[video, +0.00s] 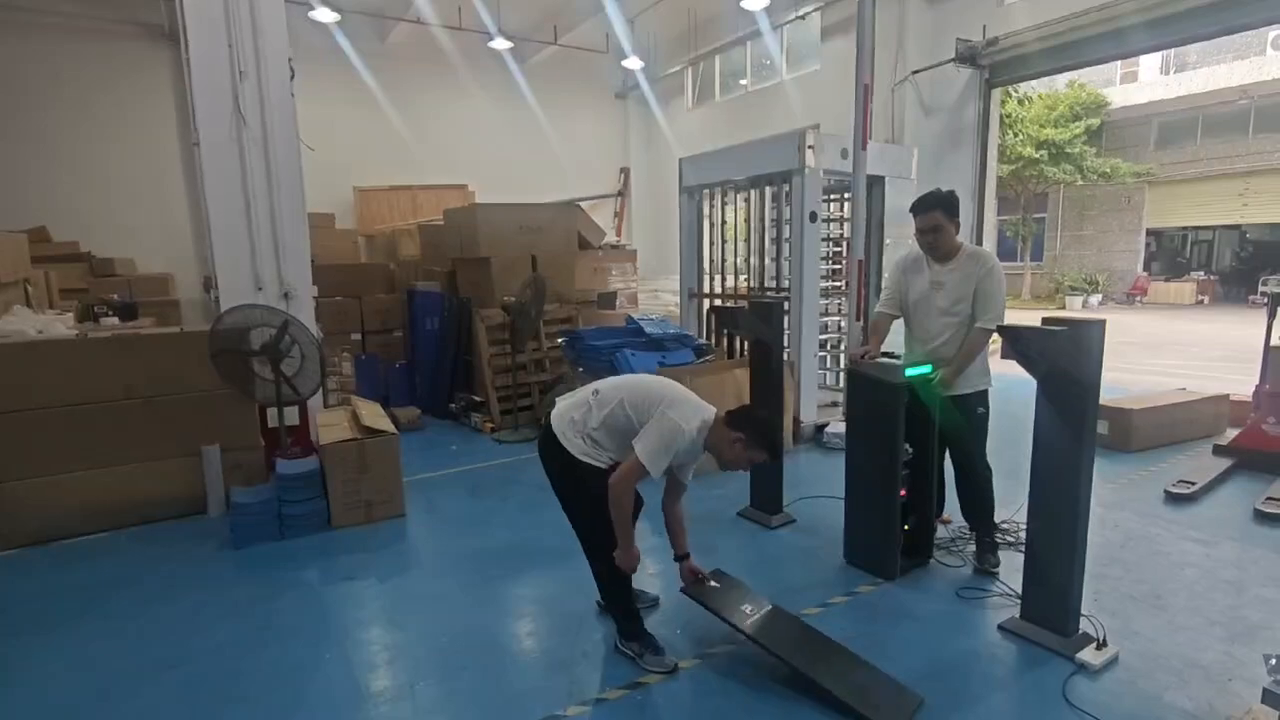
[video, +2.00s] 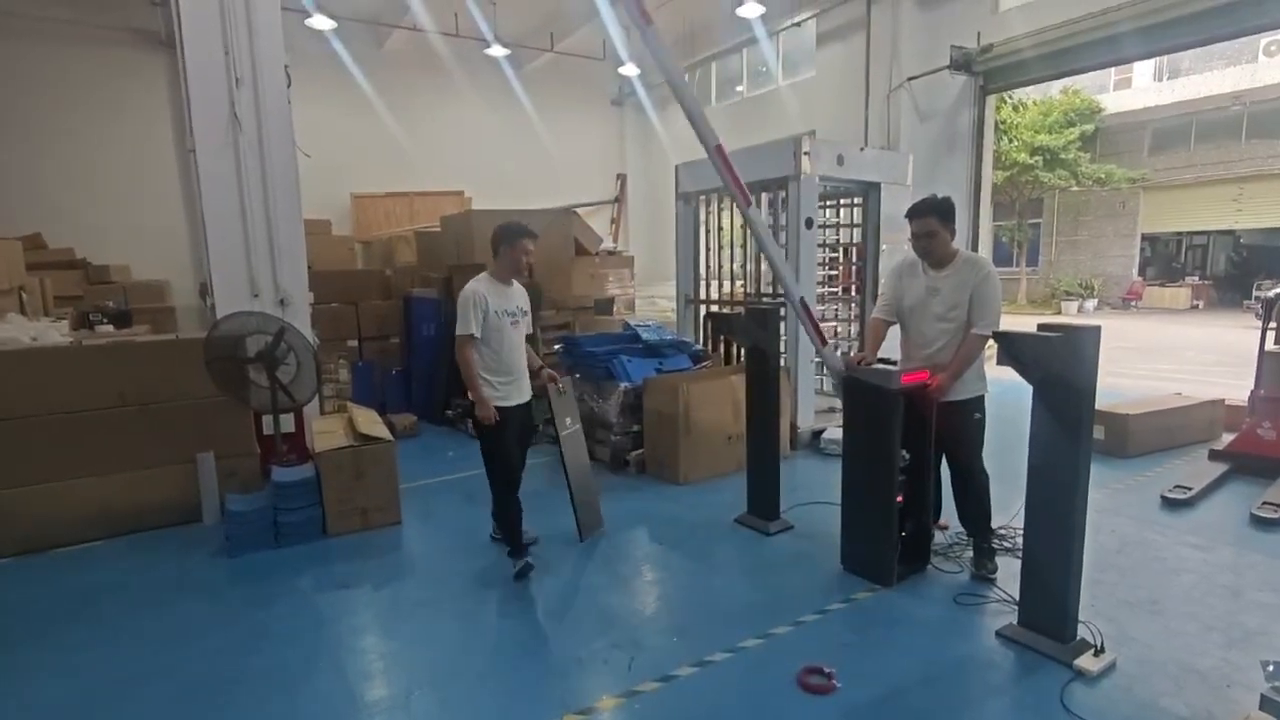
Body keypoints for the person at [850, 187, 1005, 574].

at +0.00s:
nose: (925, 240)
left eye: (934, 231)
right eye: (920, 232)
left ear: (956, 227)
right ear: (914, 229)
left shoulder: (984, 264)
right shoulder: (907, 264)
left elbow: (985, 326)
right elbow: (885, 311)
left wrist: (954, 368)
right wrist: (872, 344)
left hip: (967, 384)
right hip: (919, 382)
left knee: (971, 466)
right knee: (922, 466)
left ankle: (985, 539)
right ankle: (918, 544)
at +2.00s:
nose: (919, 245)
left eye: (927, 237)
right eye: (914, 237)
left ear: (951, 233)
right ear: (909, 235)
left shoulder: (979, 271)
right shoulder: (902, 270)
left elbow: (980, 332)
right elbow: (881, 316)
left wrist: (950, 374)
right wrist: (868, 351)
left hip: (962, 392)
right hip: (915, 390)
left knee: (967, 471)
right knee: (918, 472)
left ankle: (982, 544)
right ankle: (915, 549)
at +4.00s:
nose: (919, 240)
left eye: (926, 234)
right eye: (917, 233)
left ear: (956, 231)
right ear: (921, 231)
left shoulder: (990, 269)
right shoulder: (912, 268)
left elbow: (992, 331)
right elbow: (892, 314)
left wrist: (961, 375)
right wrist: (880, 351)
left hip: (976, 391)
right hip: (928, 392)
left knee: (982, 471)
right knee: (933, 472)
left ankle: (998, 544)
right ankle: (931, 548)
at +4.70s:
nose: (916, 241)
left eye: (923, 234)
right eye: (915, 233)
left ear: (953, 231)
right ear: (921, 231)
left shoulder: (988, 268)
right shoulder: (912, 267)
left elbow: (991, 329)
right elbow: (891, 313)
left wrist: (960, 373)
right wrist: (879, 349)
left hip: (974, 389)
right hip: (926, 389)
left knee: (981, 470)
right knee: (932, 471)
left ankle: (997, 544)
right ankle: (930, 545)